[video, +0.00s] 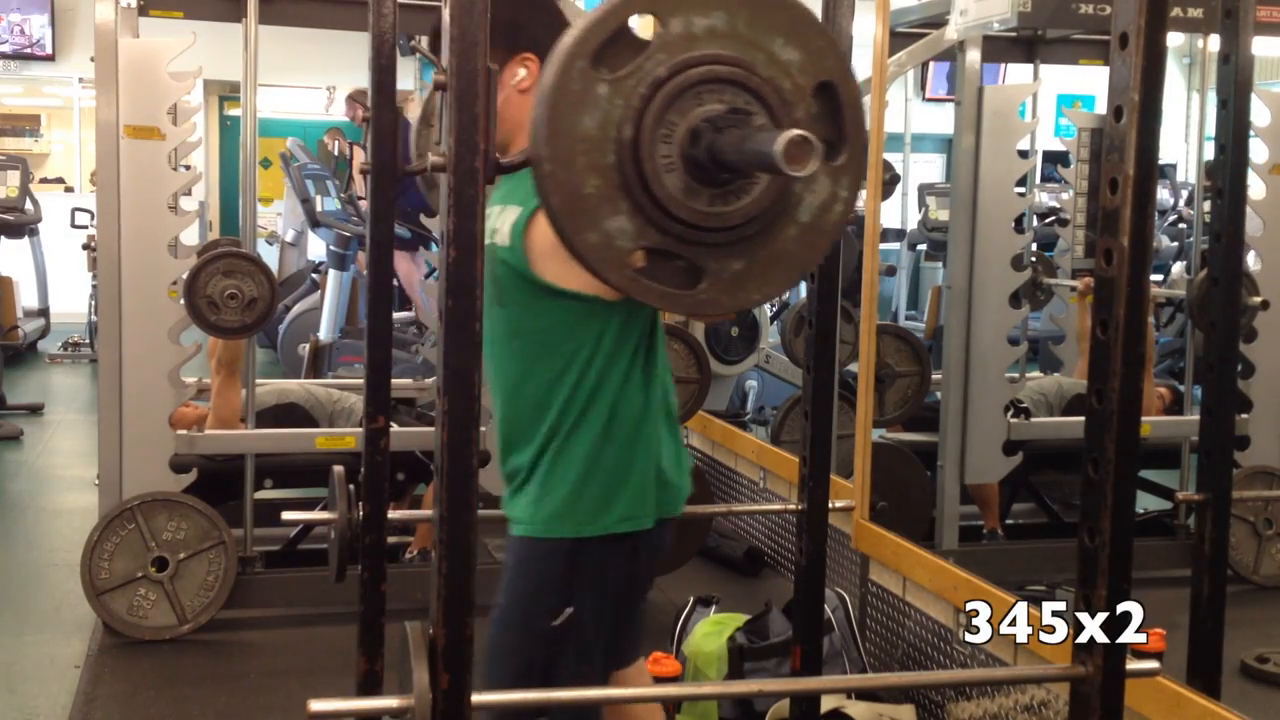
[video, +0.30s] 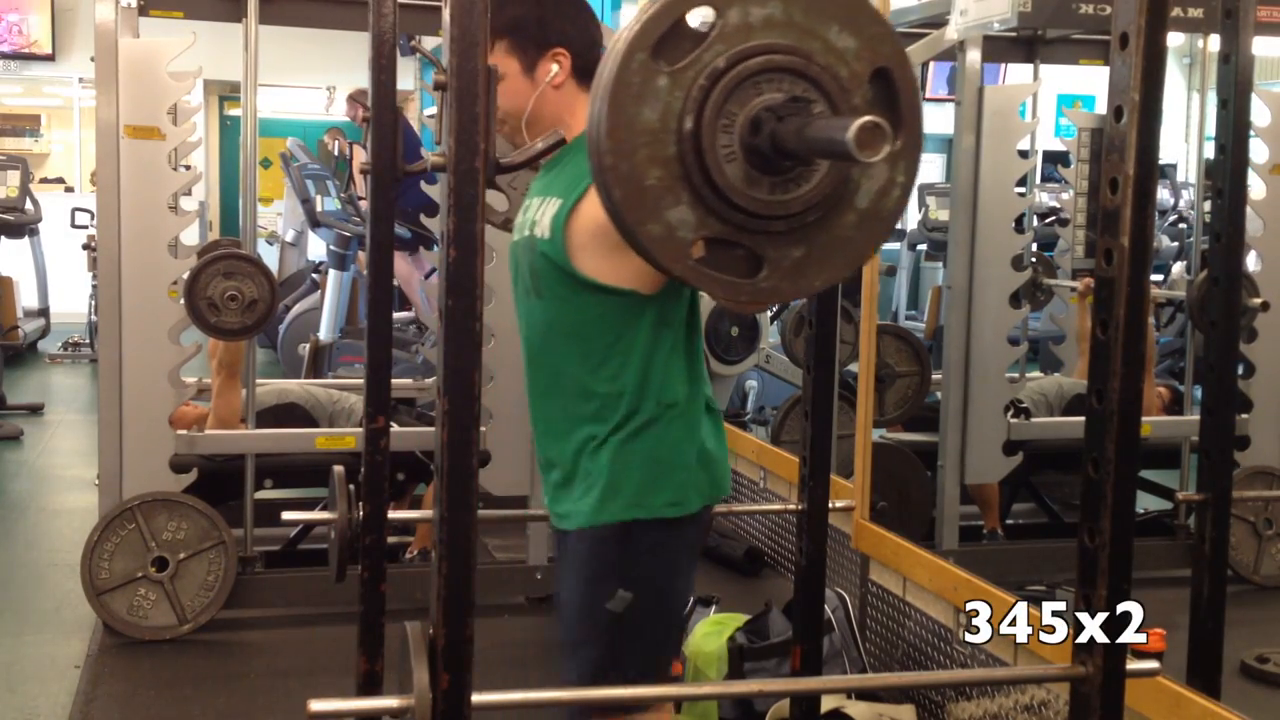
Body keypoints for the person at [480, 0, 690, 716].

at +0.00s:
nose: (472, 103)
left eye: (480, 81)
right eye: (473, 85)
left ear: (527, 74)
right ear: (527, 78)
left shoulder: (538, 201)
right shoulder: (530, 203)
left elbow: (667, 269)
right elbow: (662, 266)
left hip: (584, 505)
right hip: (601, 500)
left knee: (513, 704)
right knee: (619, 671)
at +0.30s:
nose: (491, 98)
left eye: (498, 74)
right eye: (488, 78)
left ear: (554, 69)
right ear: (551, 73)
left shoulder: (612, 188)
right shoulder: (557, 180)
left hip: (638, 497)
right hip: (594, 490)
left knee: (614, 705)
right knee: (619, 697)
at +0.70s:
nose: (514, 113)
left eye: (520, 89)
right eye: (508, 94)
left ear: (581, 70)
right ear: (579, 76)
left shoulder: (656, 192)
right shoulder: (589, 180)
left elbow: (781, 234)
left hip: (681, 512)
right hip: (623, 505)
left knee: (688, 708)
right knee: (631, 702)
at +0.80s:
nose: (518, 112)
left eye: (524, 88)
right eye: (512, 93)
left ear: (587, 70)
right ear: (584, 76)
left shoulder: (661, 192)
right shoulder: (595, 179)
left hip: (686, 511)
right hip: (629, 504)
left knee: (686, 709)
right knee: (630, 700)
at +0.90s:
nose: (521, 113)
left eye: (528, 88)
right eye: (516, 93)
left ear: (590, 71)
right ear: (588, 76)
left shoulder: (664, 193)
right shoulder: (599, 180)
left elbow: (788, 228)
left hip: (687, 511)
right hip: (632, 504)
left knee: (688, 709)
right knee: (637, 704)